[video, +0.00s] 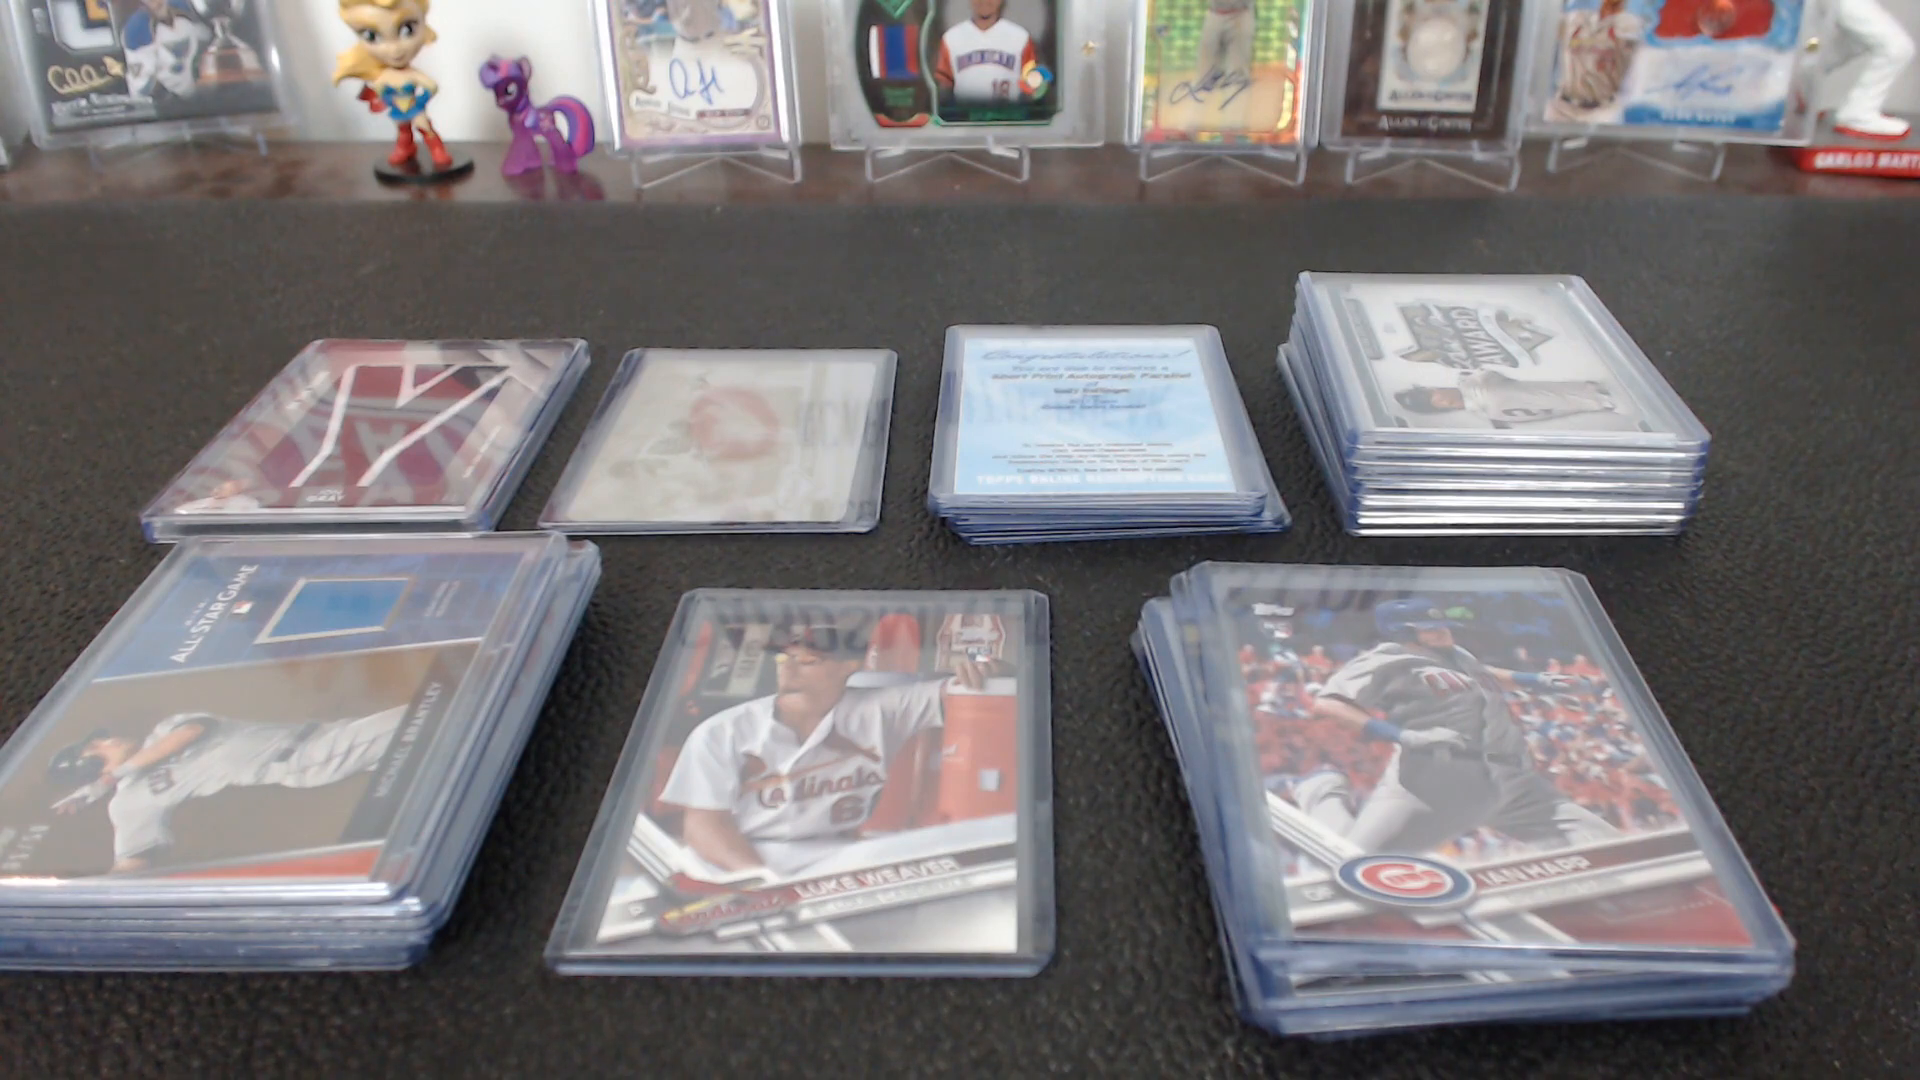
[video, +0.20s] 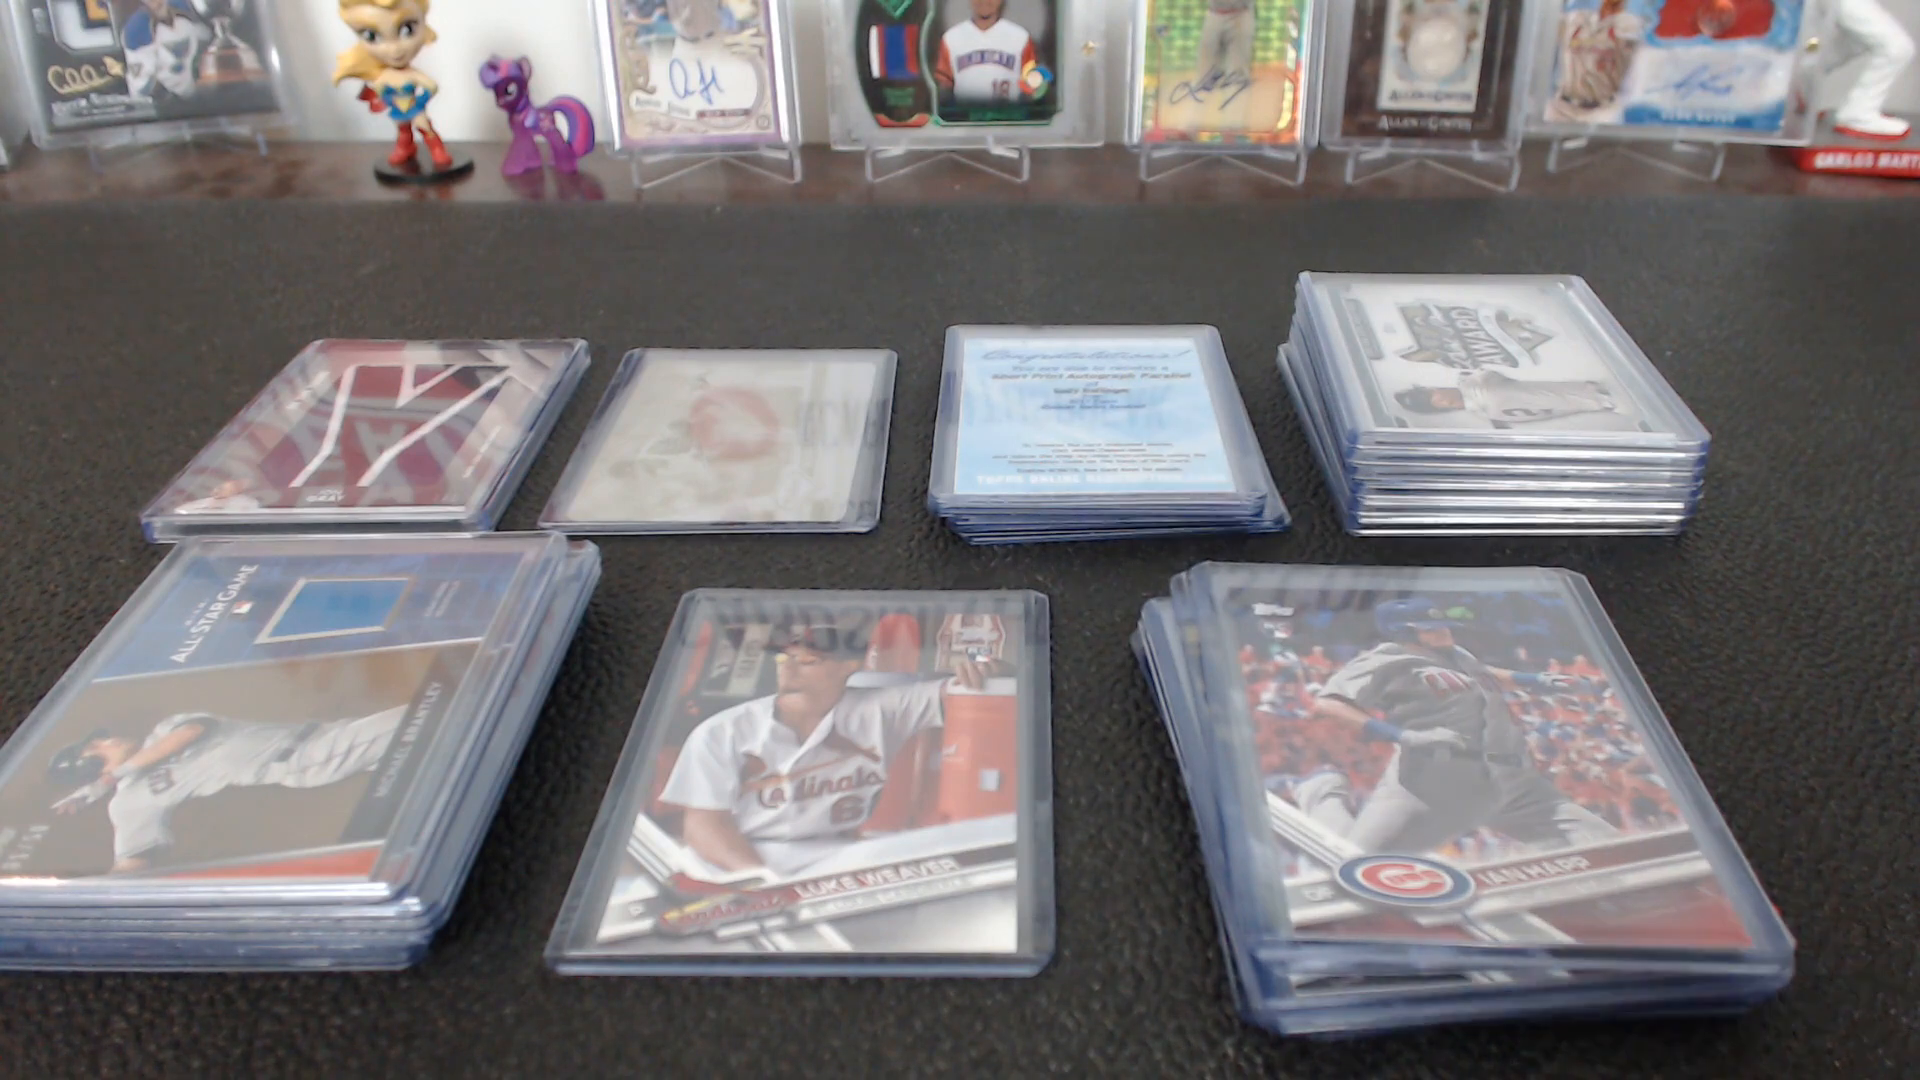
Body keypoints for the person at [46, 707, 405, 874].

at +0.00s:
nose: (112, 740)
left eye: (102, 740)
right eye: (102, 746)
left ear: (109, 741)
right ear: (101, 769)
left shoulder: (161, 729)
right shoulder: (131, 798)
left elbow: (192, 733)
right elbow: (130, 870)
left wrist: (114, 777)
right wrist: (85, 900)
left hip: (313, 732)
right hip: (301, 760)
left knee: (418, 720)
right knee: (416, 717)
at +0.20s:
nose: (112, 740)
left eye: (102, 740)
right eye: (102, 746)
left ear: (109, 742)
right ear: (101, 769)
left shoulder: (161, 728)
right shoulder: (131, 798)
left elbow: (192, 733)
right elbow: (130, 869)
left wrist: (114, 777)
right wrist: (88, 902)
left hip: (313, 732)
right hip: (301, 760)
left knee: (418, 720)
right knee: (416, 717)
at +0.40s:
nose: (112, 740)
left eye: (102, 740)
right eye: (102, 746)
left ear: (108, 743)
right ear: (101, 769)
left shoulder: (160, 729)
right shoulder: (131, 798)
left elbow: (192, 732)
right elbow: (130, 870)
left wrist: (116, 776)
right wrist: (88, 903)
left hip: (312, 732)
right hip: (300, 760)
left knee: (417, 721)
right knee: (415, 717)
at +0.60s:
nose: (110, 744)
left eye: (99, 744)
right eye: (100, 752)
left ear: (108, 739)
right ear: (100, 772)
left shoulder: (161, 728)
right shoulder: (131, 800)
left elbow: (193, 733)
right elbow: (128, 871)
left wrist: (117, 775)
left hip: (309, 733)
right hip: (296, 763)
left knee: (412, 722)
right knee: (410, 719)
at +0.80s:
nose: (104, 771)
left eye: (98, 758)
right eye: (94, 774)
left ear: (112, 741)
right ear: (96, 786)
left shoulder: (161, 731)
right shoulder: (130, 802)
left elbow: (193, 732)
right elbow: (130, 871)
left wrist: (124, 770)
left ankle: (418, 715)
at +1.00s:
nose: (115, 740)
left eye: (106, 739)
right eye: (105, 744)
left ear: (108, 745)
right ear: (101, 761)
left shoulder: (163, 727)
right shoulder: (130, 800)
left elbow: (196, 730)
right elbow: (130, 871)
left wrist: (118, 774)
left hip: (293, 731)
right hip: (286, 763)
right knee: (400, 724)